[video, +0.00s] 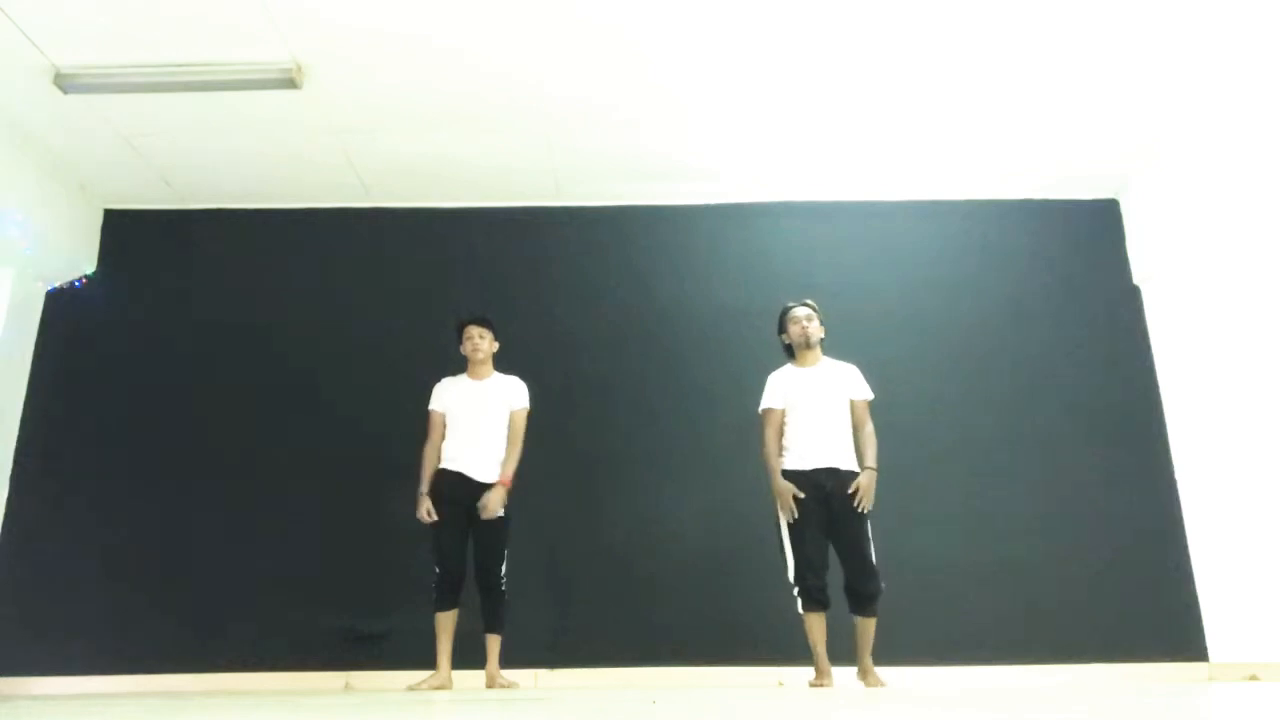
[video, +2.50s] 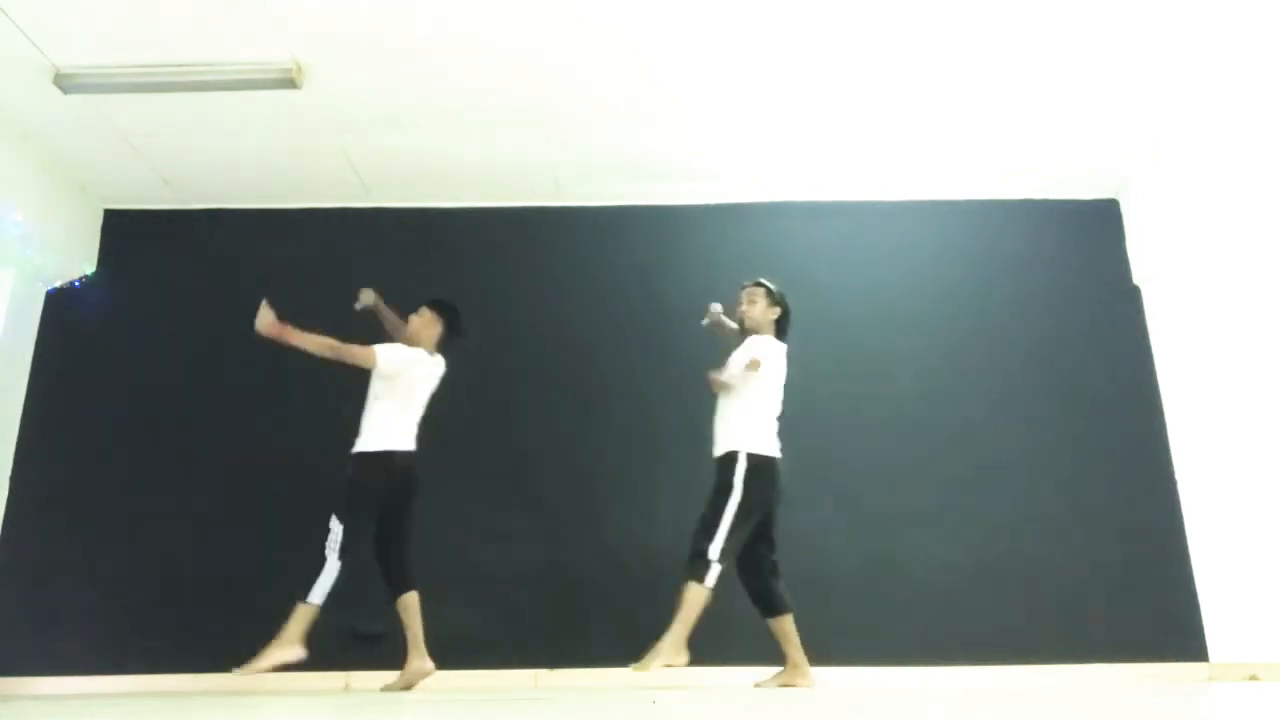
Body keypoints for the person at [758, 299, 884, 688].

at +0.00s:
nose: (806, 325)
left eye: (811, 319)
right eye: (798, 321)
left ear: (822, 329)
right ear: (785, 336)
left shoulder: (848, 372)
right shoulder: (779, 379)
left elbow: (864, 425)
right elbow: (771, 434)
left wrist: (870, 470)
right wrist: (776, 480)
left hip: (845, 479)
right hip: (798, 482)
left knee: (864, 573)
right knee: (809, 575)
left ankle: (866, 663)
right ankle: (821, 667)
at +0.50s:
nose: (835, 323)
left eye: (840, 318)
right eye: (826, 319)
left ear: (848, 328)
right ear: (811, 333)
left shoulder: (867, 376)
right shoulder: (803, 373)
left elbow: (882, 431)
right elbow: (796, 426)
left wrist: (896, 476)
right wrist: (805, 470)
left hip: (867, 479)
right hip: (824, 479)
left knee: (869, 572)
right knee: (825, 572)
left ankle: (866, 670)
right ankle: (823, 670)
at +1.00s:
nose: (851, 327)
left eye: (857, 322)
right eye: (842, 322)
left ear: (866, 333)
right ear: (828, 334)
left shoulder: (882, 380)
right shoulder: (815, 377)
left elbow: (895, 436)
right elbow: (804, 433)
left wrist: (904, 480)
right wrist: (813, 479)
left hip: (876, 484)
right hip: (830, 483)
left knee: (875, 576)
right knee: (826, 573)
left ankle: (867, 670)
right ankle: (820, 667)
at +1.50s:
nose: (841, 326)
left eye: (848, 321)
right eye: (833, 322)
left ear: (858, 332)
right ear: (821, 335)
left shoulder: (875, 380)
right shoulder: (808, 376)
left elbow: (888, 435)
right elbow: (799, 431)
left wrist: (894, 480)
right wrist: (806, 478)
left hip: (870, 484)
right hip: (824, 483)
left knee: (871, 576)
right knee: (822, 573)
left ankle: (866, 670)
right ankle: (817, 669)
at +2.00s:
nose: (800, 324)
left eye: (807, 317)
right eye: (793, 319)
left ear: (825, 326)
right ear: (787, 330)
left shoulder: (843, 362)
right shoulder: (784, 372)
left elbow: (837, 359)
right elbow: (789, 431)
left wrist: (804, 356)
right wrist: (781, 485)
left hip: (843, 477)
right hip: (797, 480)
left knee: (859, 573)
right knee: (784, 564)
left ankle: (865, 669)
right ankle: (799, 661)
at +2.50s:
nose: (742, 308)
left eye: (751, 301)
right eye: (741, 302)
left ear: (773, 312)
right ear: (743, 312)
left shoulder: (764, 346)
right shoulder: (756, 346)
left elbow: (744, 376)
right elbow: (739, 334)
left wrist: (721, 379)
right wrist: (719, 321)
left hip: (747, 461)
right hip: (751, 462)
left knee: (709, 551)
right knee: (757, 565)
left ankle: (673, 645)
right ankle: (797, 666)